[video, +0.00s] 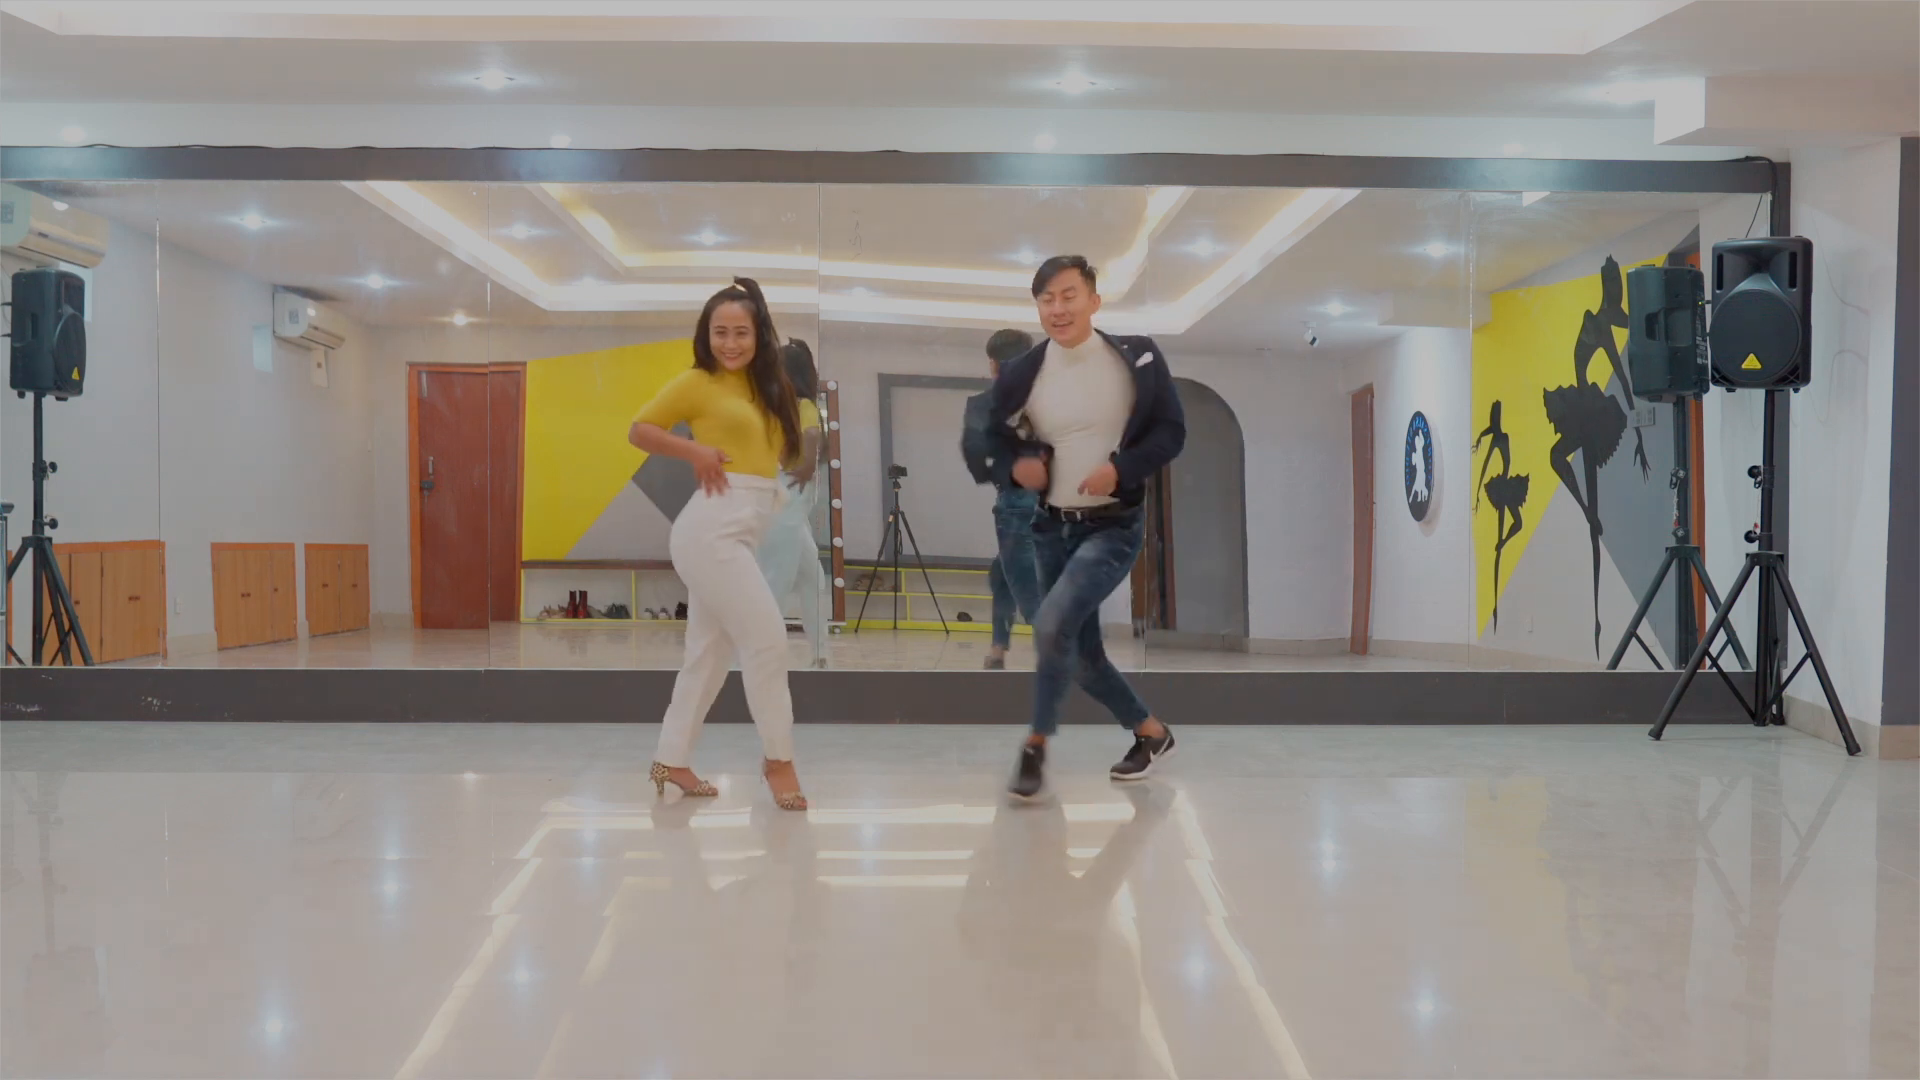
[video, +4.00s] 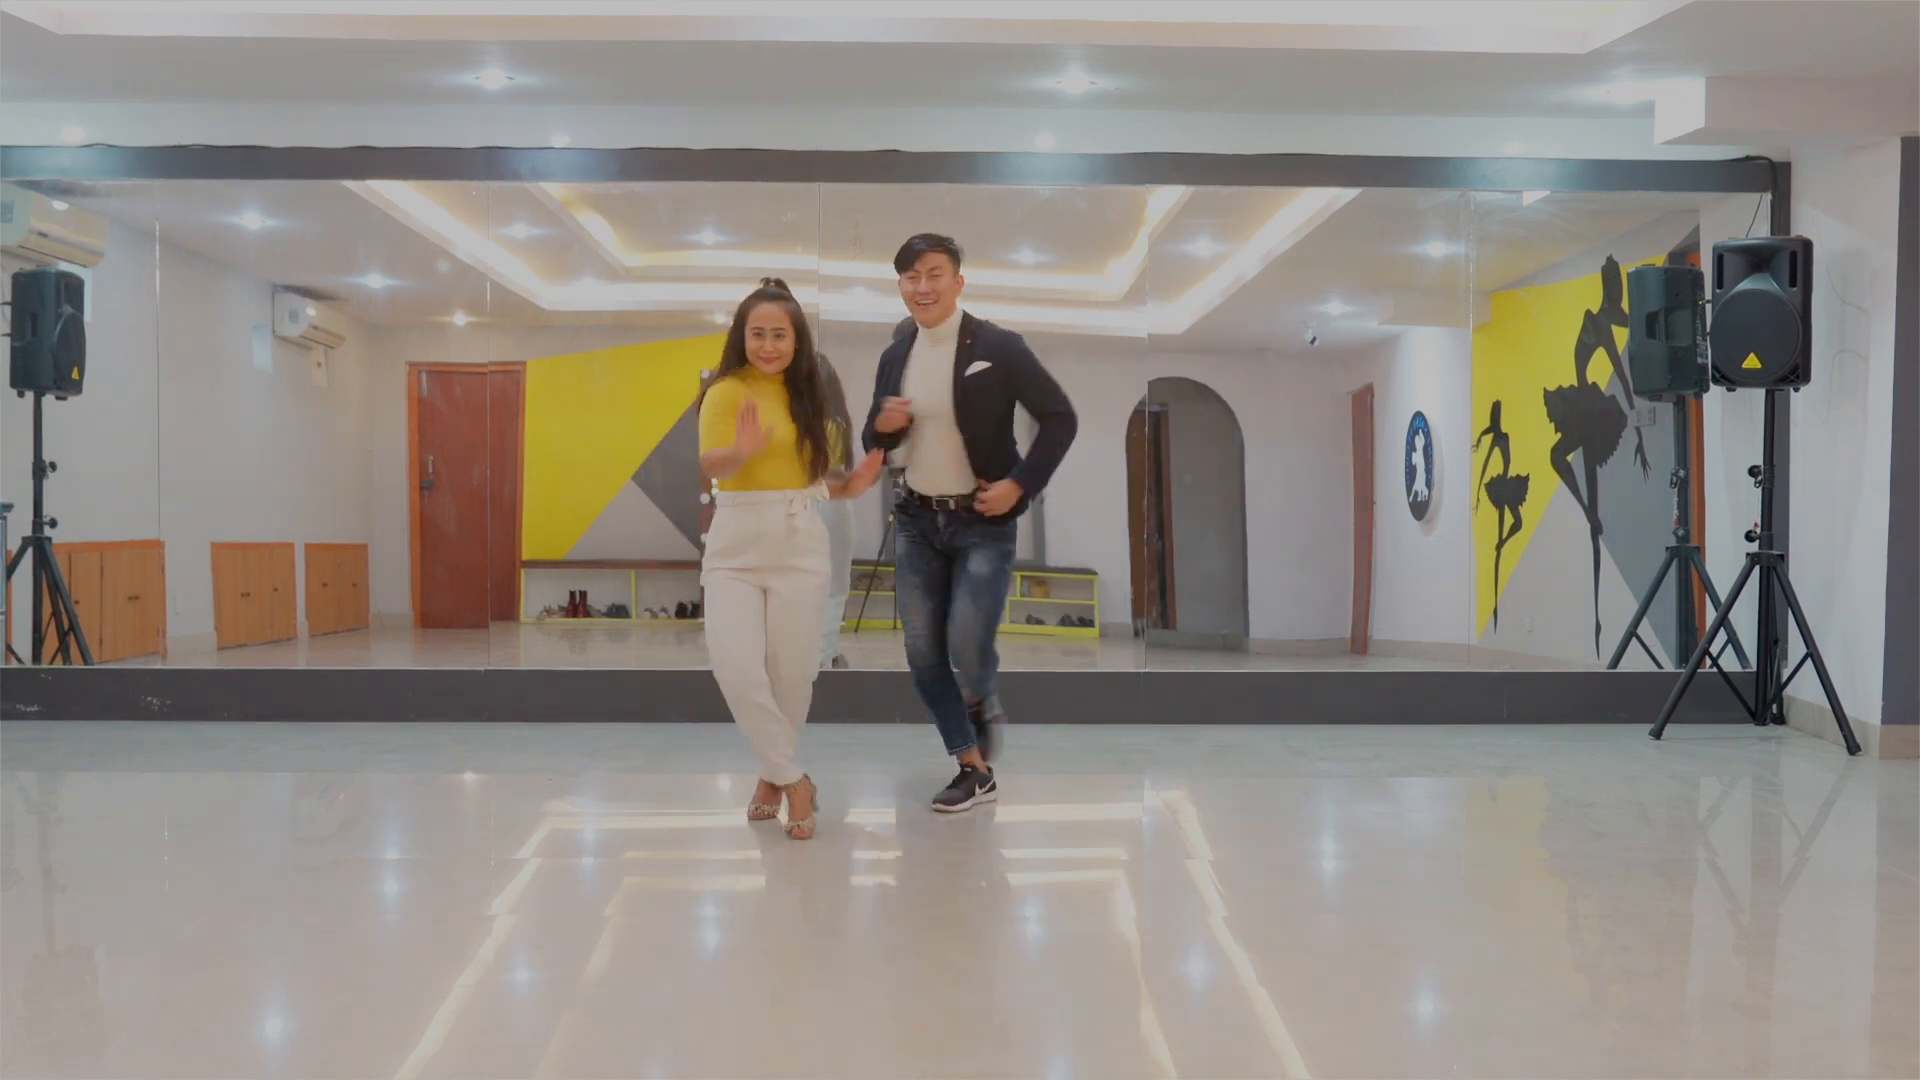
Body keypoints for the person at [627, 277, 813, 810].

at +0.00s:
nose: (730, 341)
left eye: (742, 331)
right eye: (720, 331)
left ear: (759, 336)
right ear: (707, 336)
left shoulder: (765, 390)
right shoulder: (697, 383)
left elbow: (782, 451)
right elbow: (641, 430)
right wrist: (695, 451)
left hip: (743, 532)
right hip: (708, 529)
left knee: (707, 652)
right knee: (766, 637)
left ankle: (671, 760)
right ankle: (780, 762)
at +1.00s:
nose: (763, 348)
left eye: (775, 339)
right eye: (753, 338)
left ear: (793, 347)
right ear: (740, 344)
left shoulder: (805, 401)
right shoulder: (717, 404)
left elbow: (854, 407)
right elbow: (651, 428)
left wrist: (888, 354)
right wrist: (650, 369)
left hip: (785, 544)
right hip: (723, 544)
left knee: (746, 663)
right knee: (739, 667)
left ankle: (715, 781)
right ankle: (795, 769)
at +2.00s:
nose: (775, 399)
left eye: (788, 405)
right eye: (776, 383)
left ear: (788, 426)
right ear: (751, 374)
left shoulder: (763, 467)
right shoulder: (679, 438)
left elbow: (758, 543)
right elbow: (634, 514)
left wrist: (761, 614)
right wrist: (656, 588)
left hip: (713, 589)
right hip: (648, 583)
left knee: (762, 688)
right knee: (680, 686)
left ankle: (711, 787)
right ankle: (674, 805)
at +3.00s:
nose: (721, 327)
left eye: (733, 317)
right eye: (711, 317)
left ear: (753, 326)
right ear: (697, 326)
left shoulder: (773, 390)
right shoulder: (678, 379)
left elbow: (804, 453)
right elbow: (619, 416)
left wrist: (842, 417)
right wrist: (640, 351)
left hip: (745, 545)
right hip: (677, 537)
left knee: (735, 673)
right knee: (681, 667)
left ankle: (717, 789)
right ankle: (686, 801)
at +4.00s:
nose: (768, 345)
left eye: (780, 334)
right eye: (758, 333)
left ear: (798, 340)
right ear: (741, 338)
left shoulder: (811, 400)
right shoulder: (724, 394)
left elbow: (826, 481)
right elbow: (706, 467)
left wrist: (850, 483)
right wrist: (742, 452)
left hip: (800, 547)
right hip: (732, 548)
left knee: (793, 670)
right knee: (733, 668)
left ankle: (772, 777)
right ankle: (795, 782)